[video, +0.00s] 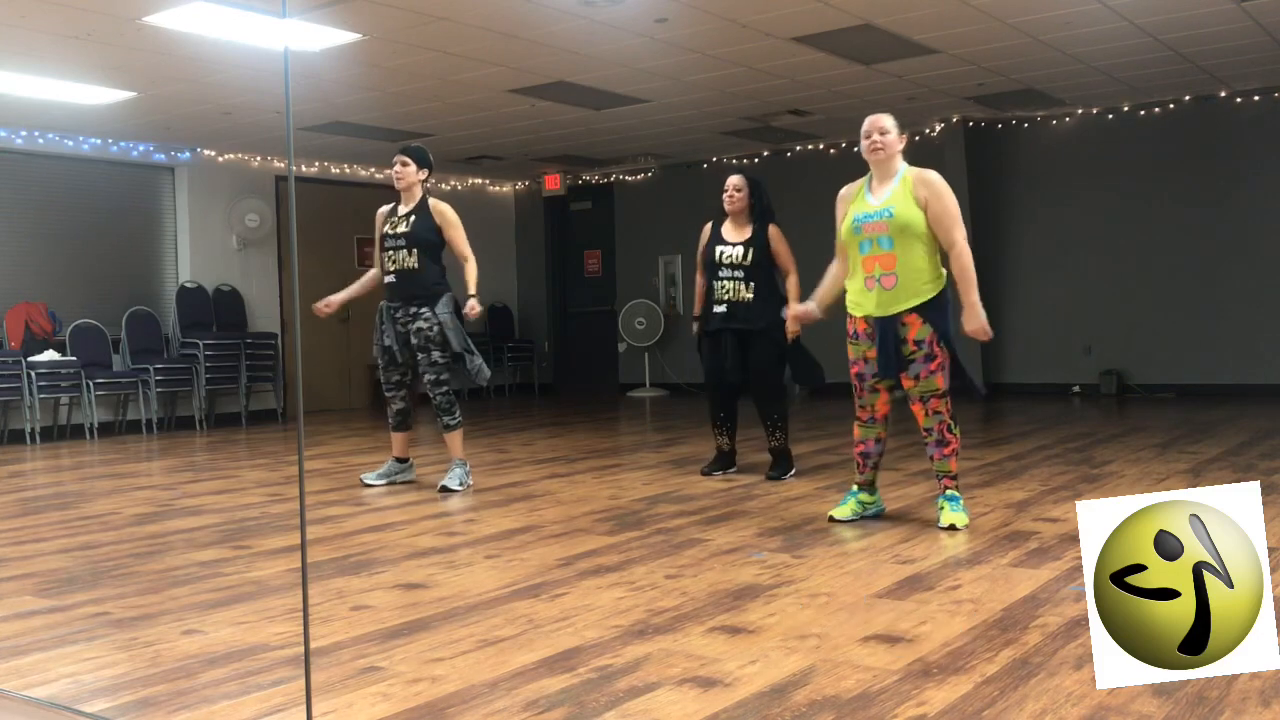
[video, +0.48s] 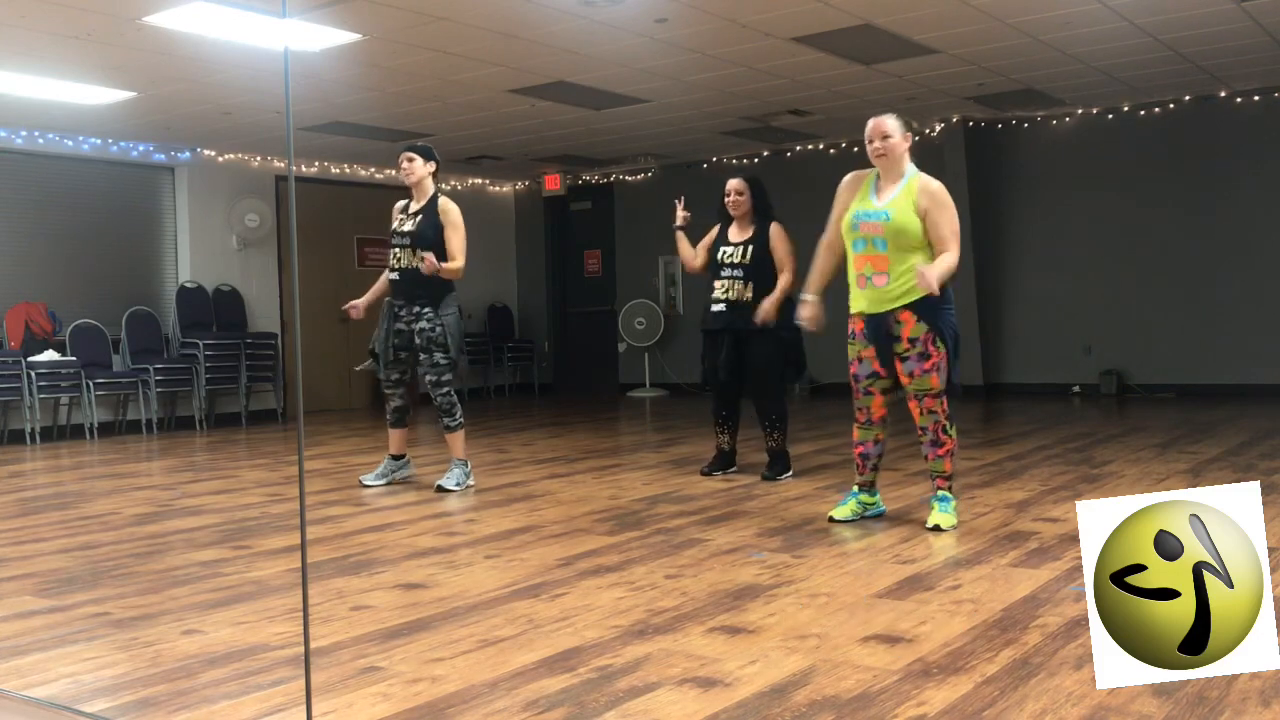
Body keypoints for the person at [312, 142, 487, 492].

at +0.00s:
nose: (395, 170)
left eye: (404, 165)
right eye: (394, 165)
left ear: (423, 173)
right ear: (393, 173)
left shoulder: (439, 211)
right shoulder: (384, 215)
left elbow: (468, 259)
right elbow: (379, 271)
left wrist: (471, 295)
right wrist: (339, 297)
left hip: (430, 313)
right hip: (392, 314)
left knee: (439, 387)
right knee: (394, 389)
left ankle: (459, 466)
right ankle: (400, 463)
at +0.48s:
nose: (403, 167)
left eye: (411, 161)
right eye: (401, 164)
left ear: (431, 167)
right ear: (401, 173)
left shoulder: (446, 208)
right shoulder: (400, 209)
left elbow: (458, 266)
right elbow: (396, 266)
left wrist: (439, 269)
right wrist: (365, 300)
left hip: (433, 311)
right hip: (398, 310)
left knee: (440, 386)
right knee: (393, 384)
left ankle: (460, 466)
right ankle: (397, 461)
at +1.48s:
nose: (394, 168)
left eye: (402, 164)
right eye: (393, 163)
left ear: (421, 173)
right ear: (392, 172)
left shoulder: (437, 207)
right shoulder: (384, 219)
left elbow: (464, 258)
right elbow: (382, 273)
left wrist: (481, 307)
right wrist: (356, 304)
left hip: (431, 310)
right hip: (394, 313)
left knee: (437, 385)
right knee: (397, 387)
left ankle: (460, 464)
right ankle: (400, 463)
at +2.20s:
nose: (401, 172)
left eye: (408, 167)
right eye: (400, 167)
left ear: (428, 176)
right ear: (402, 177)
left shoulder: (440, 206)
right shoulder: (405, 220)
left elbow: (452, 255)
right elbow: (411, 274)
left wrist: (428, 298)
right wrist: (391, 307)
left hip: (439, 309)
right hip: (407, 308)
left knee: (437, 384)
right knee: (367, 370)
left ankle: (458, 465)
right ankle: (386, 445)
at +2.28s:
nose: (397, 166)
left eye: (405, 162)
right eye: (396, 162)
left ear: (425, 171)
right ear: (397, 170)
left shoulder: (438, 201)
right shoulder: (395, 214)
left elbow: (458, 252)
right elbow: (403, 272)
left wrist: (449, 299)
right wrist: (378, 308)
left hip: (432, 308)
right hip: (398, 310)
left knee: (444, 384)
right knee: (385, 380)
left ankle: (459, 465)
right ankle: (394, 457)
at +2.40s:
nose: (392, 168)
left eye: (401, 164)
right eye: (392, 163)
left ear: (419, 174)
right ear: (392, 172)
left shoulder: (435, 206)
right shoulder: (386, 219)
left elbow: (462, 255)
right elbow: (392, 274)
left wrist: (463, 302)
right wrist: (356, 306)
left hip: (428, 312)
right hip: (393, 314)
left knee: (441, 387)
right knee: (398, 389)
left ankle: (459, 465)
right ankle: (400, 462)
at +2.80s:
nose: (383, 171)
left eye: (392, 168)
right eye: (382, 166)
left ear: (409, 178)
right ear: (379, 175)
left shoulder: (426, 209)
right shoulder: (365, 219)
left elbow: (448, 259)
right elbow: (360, 274)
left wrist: (462, 303)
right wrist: (322, 292)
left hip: (421, 310)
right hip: (381, 314)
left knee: (430, 385)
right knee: (389, 390)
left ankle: (447, 465)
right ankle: (400, 464)